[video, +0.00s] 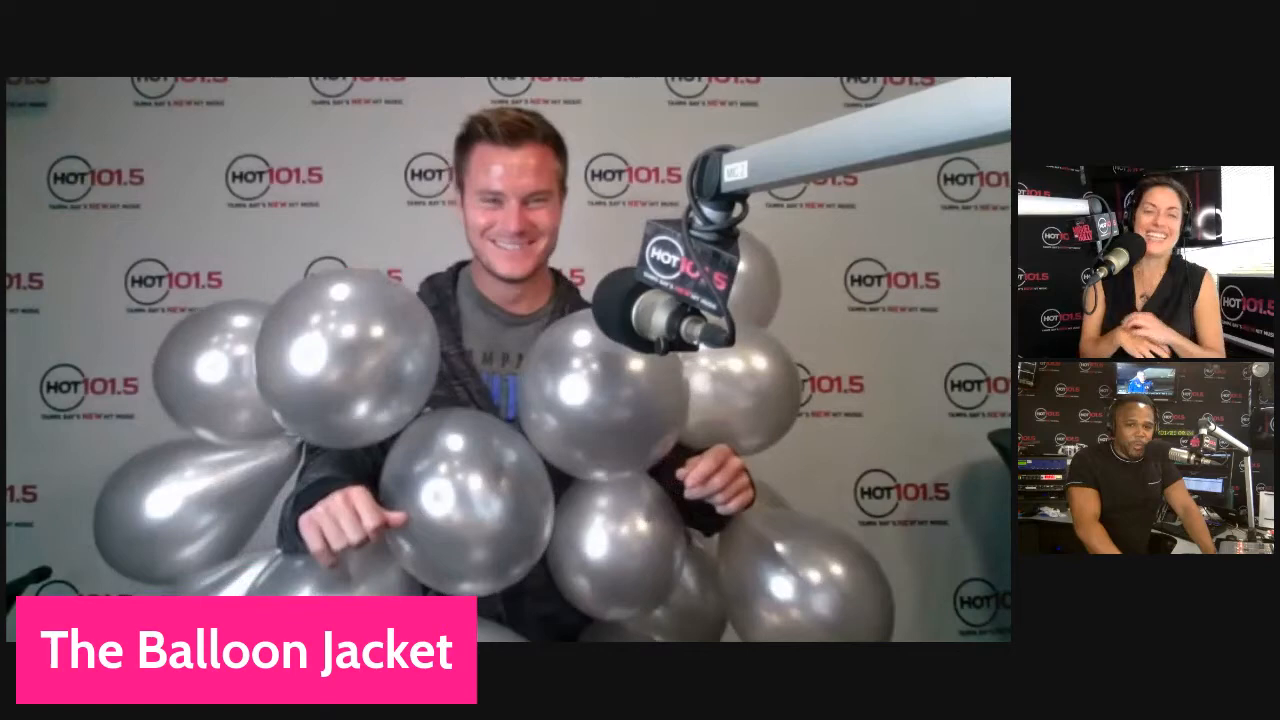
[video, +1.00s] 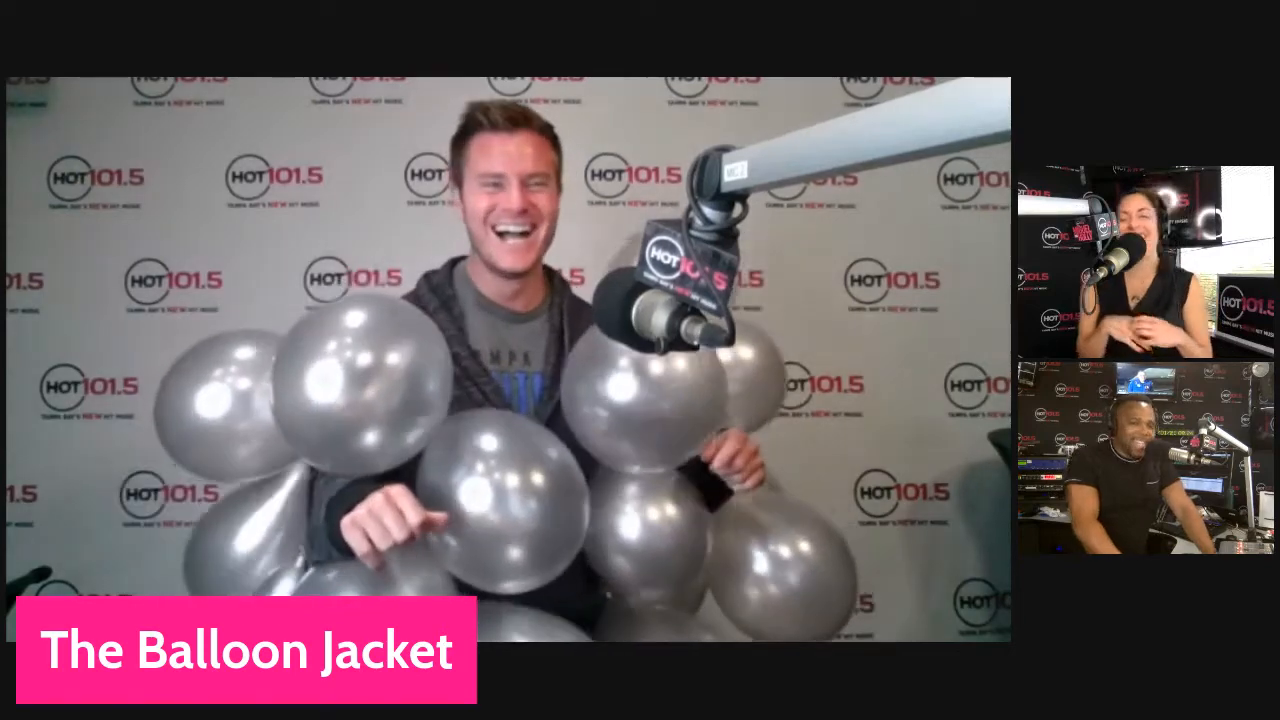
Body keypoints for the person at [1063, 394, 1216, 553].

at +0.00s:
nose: (1141, 433)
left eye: (1147, 426)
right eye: (1131, 425)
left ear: (1153, 430)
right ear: (1113, 429)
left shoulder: (1157, 457)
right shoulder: (1087, 461)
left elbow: (1187, 508)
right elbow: (1087, 525)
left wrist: (1211, 552)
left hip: (1142, 554)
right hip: (1100, 554)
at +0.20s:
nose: (1141, 431)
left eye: (1147, 424)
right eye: (1131, 423)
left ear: (1154, 429)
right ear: (1113, 428)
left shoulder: (1157, 458)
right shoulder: (1087, 461)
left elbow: (1186, 509)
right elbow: (1086, 525)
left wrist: (1211, 552)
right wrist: (1120, 561)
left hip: (1141, 555)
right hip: (1097, 556)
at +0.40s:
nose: (1142, 430)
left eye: (1148, 423)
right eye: (1131, 422)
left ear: (1154, 428)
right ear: (1113, 427)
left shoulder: (1157, 458)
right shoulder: (1087, 461)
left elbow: (1186, 508)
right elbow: (1086, 525)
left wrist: (1210, 552)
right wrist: (1120, 560)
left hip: (1141, 555)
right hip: (1097, 556)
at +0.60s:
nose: (1142, 434)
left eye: (1149, 427)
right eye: (1132, 426)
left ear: (1155, 430)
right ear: (1113, 430)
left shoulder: (1157, 457)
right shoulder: (1087, 460)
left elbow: (1184, 509)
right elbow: (1086, 524)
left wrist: (1211, 552)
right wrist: (1121, 560)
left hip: (1141, 555)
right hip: (1096, 557)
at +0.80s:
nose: (1143, 433)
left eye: (1149, 426)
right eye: (1133, 426)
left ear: (1155, 429)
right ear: (1112, 429)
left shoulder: (1156, 457)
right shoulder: (1087, 460)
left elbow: (1184, 509)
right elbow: (1086, 524)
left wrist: (1210, 551)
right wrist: (1120, 559)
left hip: (1141, 555)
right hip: (1098, 555)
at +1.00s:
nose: (1144, 432)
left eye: (1150, 425)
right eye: (1134, 423)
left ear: (1155, 430)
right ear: (1113, 428)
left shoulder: (1156, 457)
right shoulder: (1087, 459)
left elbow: (1184, 509)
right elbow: (1085, 525)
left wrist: (1210, 552)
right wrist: (1120, 561)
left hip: (1140, 555)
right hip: (1095, 557)